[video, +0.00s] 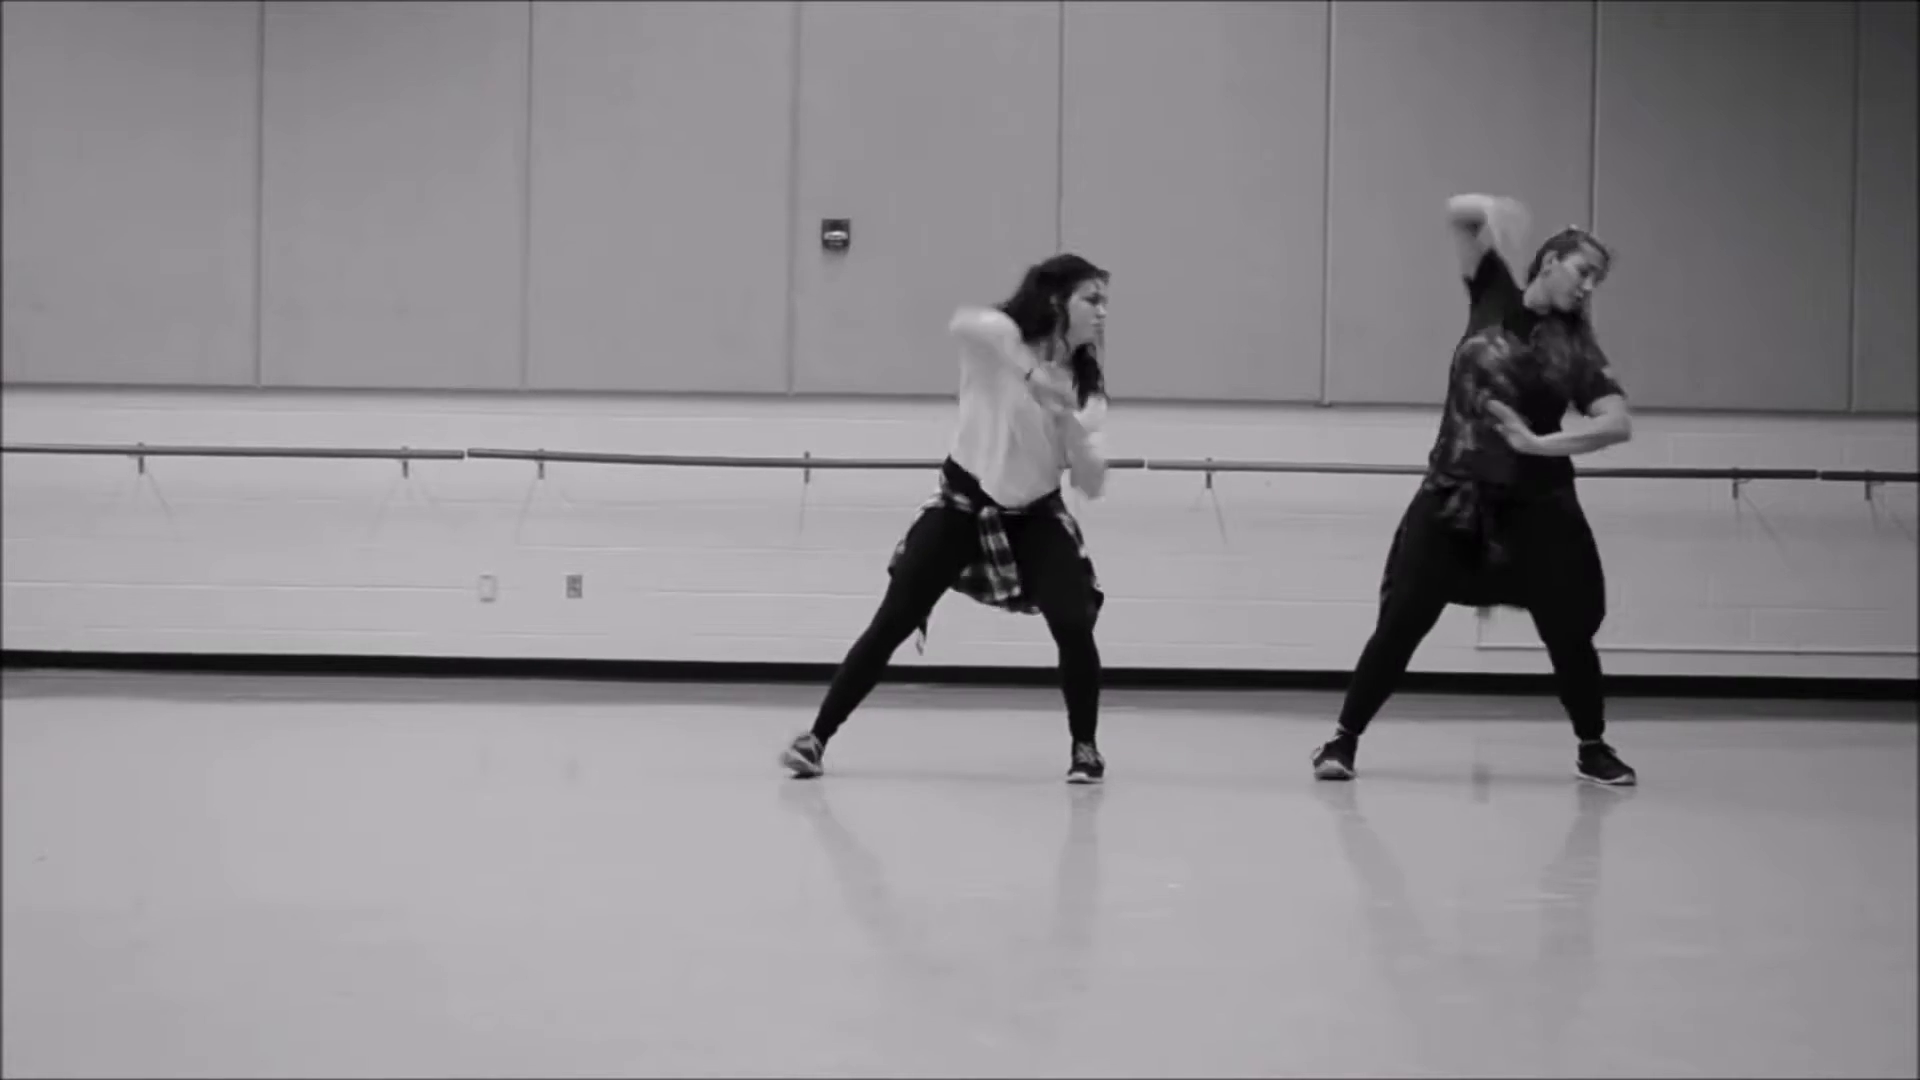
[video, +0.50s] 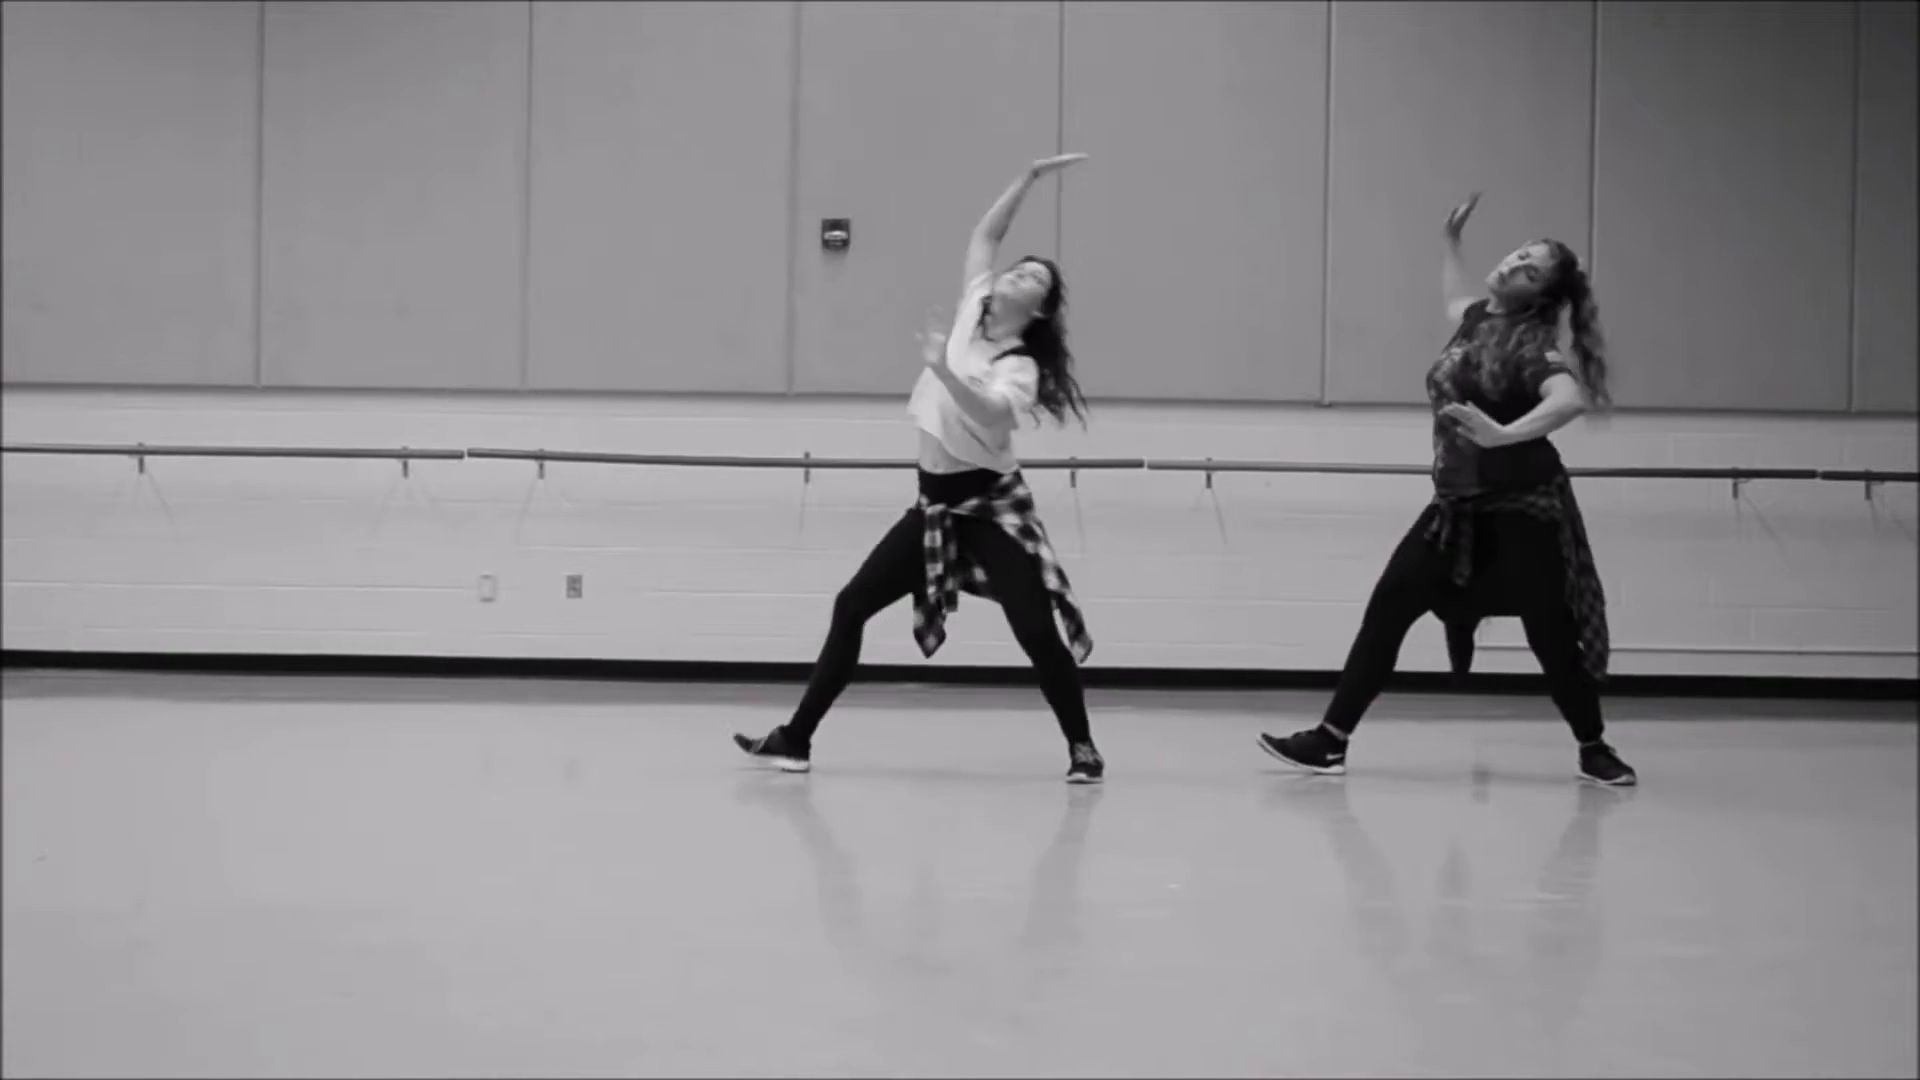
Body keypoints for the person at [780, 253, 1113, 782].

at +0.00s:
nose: (1102, 312)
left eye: (1105, 302)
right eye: (1092, 300)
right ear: (1055, 300)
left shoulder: (1086, 386)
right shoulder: (997, 342)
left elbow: (1093, 483)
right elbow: (966, 324)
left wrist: (1069, 420)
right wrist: (1028, 365)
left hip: (1036, 518)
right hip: (963, 508)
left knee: (1074, 626)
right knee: (892, 621)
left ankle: (1085, 748)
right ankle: (816, 739)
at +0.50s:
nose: (1018, 274)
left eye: (1034, 278)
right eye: (1018, 269)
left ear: (1040, 311)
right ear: (997, 282)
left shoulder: (1022, 367)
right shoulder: (969, 315)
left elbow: (996, 420)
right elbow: (985, 237)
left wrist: (942, 368)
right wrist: (1027, 176)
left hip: (992, 509)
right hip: (934, 509)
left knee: (1036, 634)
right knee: (852, 604)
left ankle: (1082, 749)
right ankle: (795, 738)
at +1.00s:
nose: (852, 260)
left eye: (868, 259)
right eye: (855, 254)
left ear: (887, 289)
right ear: (844, 275)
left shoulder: (891, 356)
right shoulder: (823, 332)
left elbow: (924, 394)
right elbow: (812, 359)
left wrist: (957, 391)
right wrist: (798, 331)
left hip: (864, 508)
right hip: (805, 503)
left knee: (865, 633)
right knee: (726, 604)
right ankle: (775, 730)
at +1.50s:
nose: (837, 275)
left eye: (852, 275)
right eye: (842, 268)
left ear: (869, 304)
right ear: (833, 283)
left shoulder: (848, 361)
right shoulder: (787, 339)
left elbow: (773, 380)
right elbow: (711, 367)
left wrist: (714, 367)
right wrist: (630, 346)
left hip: (812, 507)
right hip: (752, 501)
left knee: (826, 629)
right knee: (664, 599)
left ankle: (850, 744)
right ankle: (659, 740)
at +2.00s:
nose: (773, 277)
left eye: (787, 271)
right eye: (768, 265)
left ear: (808, 286)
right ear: (755, 271)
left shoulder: (811, 356)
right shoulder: (725, 336)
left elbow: (803, 437)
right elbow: (704, 430)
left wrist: (734, 410)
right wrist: (700, 403)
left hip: (800, 506)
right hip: (739, 505)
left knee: (784, 626)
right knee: (707, 627)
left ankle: (870, 732)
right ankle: (657, 736)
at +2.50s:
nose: (812, 315)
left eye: (826, 306)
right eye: (805, 304)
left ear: (849, 316)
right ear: (794, 310)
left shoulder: (853, 390)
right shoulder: (761, 346)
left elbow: (826, 483)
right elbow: (712, 419)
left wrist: (803, 446)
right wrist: (724, 402)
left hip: (794, 518)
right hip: (726, 510)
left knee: (844, 622)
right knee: (643, 611)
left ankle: (829, 743)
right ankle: (684, 737)